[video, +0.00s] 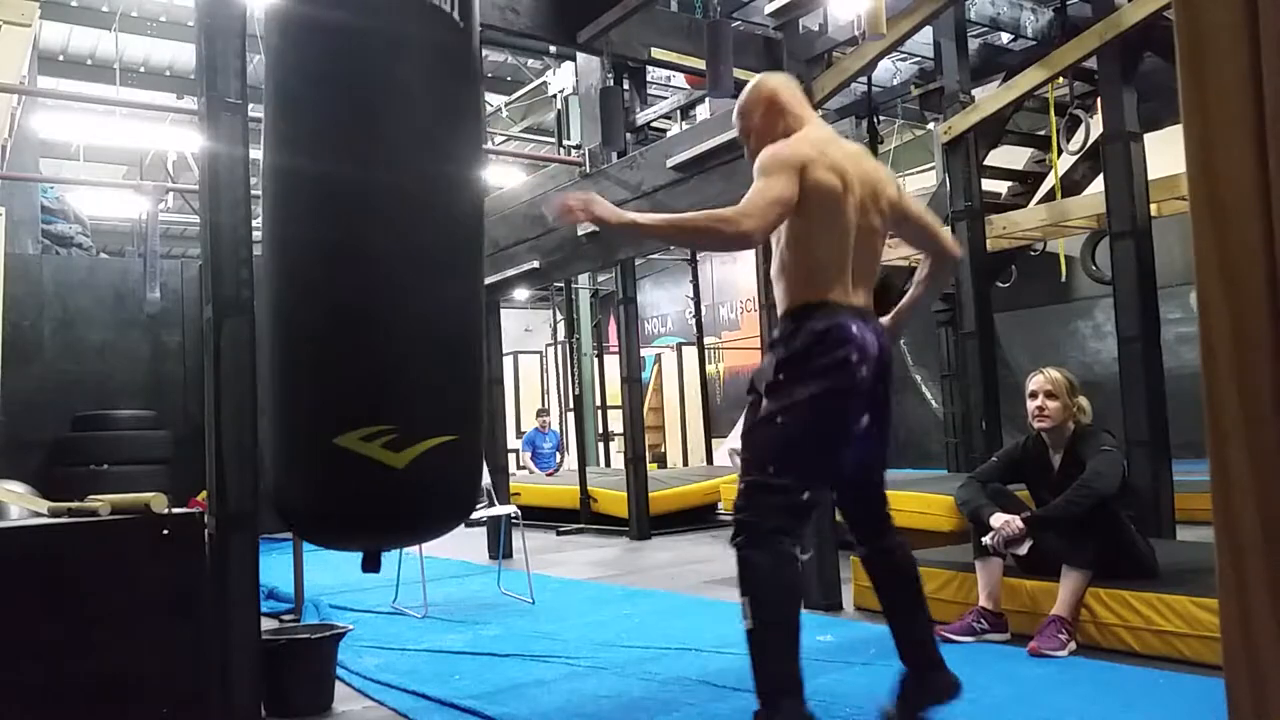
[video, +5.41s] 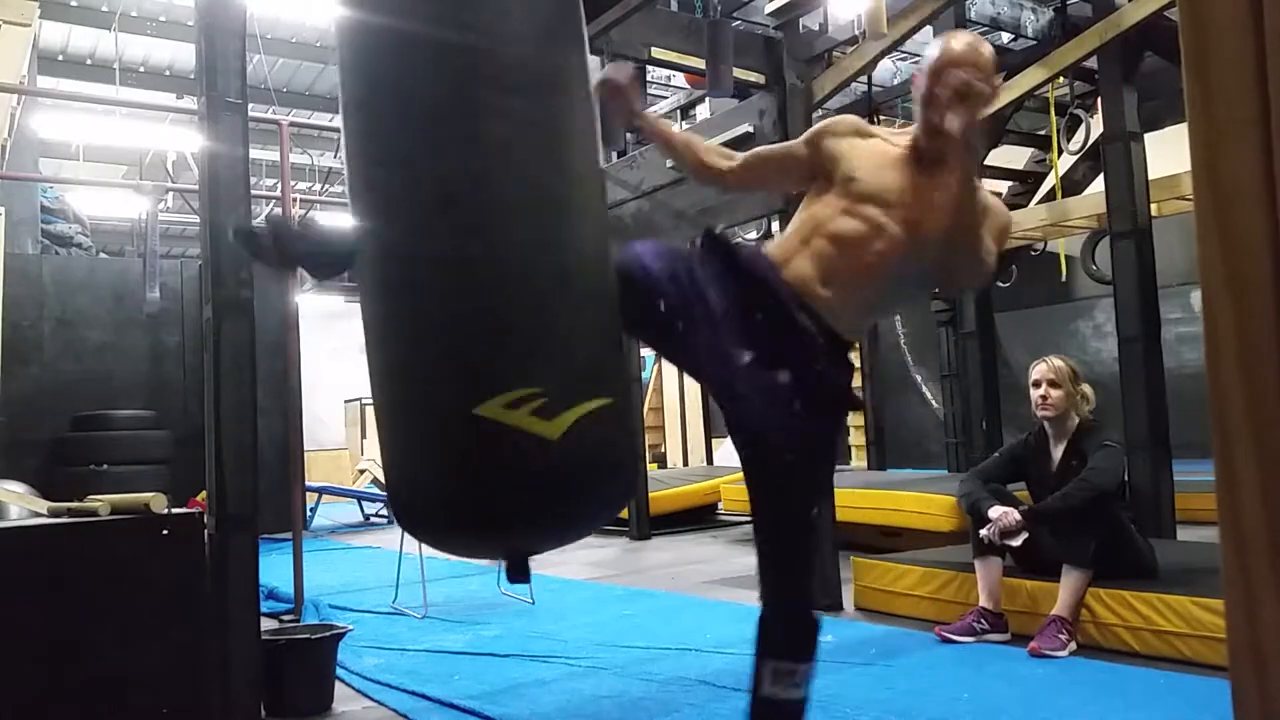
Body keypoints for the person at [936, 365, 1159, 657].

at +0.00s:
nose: (1040, 404)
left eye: (1051, 396)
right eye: (1033, 397)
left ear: (1071, 405)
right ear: (1026, 406)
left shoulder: (1097, 441)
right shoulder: (1026, 449)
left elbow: (1100, 485)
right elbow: (967, 488)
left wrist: (1027, 522)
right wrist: (993, 517)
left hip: (1118, 560)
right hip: (1058, 557)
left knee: (1092, 505)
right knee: (989, 495)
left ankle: (1061, 621)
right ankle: (989, 612)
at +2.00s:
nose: (1041, 404)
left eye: (1052, 396)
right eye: (1034, 396)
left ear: (1072, 406)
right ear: (1026, 405)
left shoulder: (1098, 443)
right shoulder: (1026, 449)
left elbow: (1100, 485)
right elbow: (968, 488)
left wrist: (1026, 522)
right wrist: (992, 516)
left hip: (1118, 559)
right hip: (1059, 556)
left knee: (1088, 505)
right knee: (988, 495)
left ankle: (1061, 621)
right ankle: (989, 612)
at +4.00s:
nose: (1042, 404)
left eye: (1052, 397)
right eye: (1035, 396)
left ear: (1072, 406)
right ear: (1027, 405)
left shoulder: (1098, 442)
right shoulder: (1027, 448)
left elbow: (1099, 486)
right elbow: (967, 488)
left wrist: (1027, 523)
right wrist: (993, 517)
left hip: (1117, 559)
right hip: (1058, 556)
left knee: (1090, 505)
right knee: (988, 496)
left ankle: (1061, 621)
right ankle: (989, 612)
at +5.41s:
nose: (1043, 393)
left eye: (1054, 385)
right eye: (1036, 386)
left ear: (1074, 393)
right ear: (1030, 395)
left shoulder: (1100, 440)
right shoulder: (1030, 445)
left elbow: (1100, 482)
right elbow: (969, 482)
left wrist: (1023, 518)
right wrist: (991, 509)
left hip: (1114, 559)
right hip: (1053, 555)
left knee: (1092, 501)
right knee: (987, 495)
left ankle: (1061, 621)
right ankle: (989, 612)